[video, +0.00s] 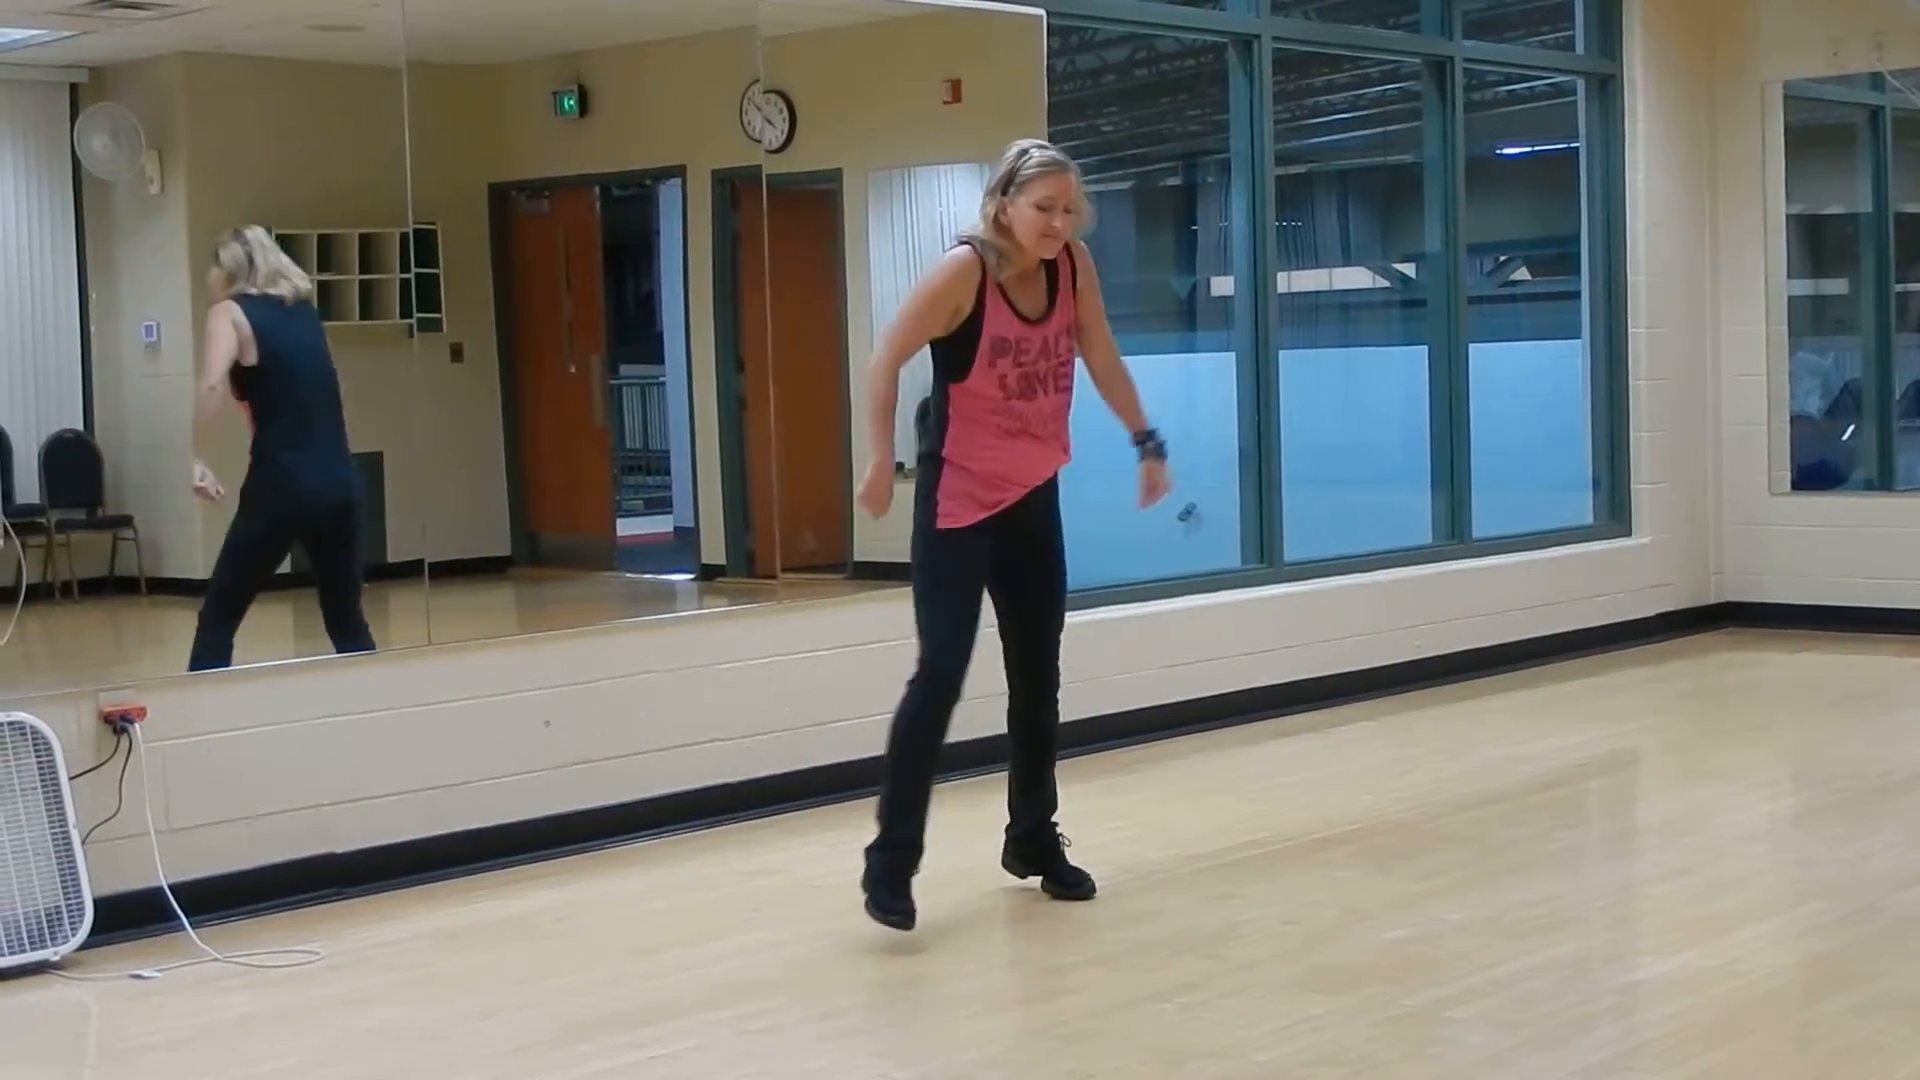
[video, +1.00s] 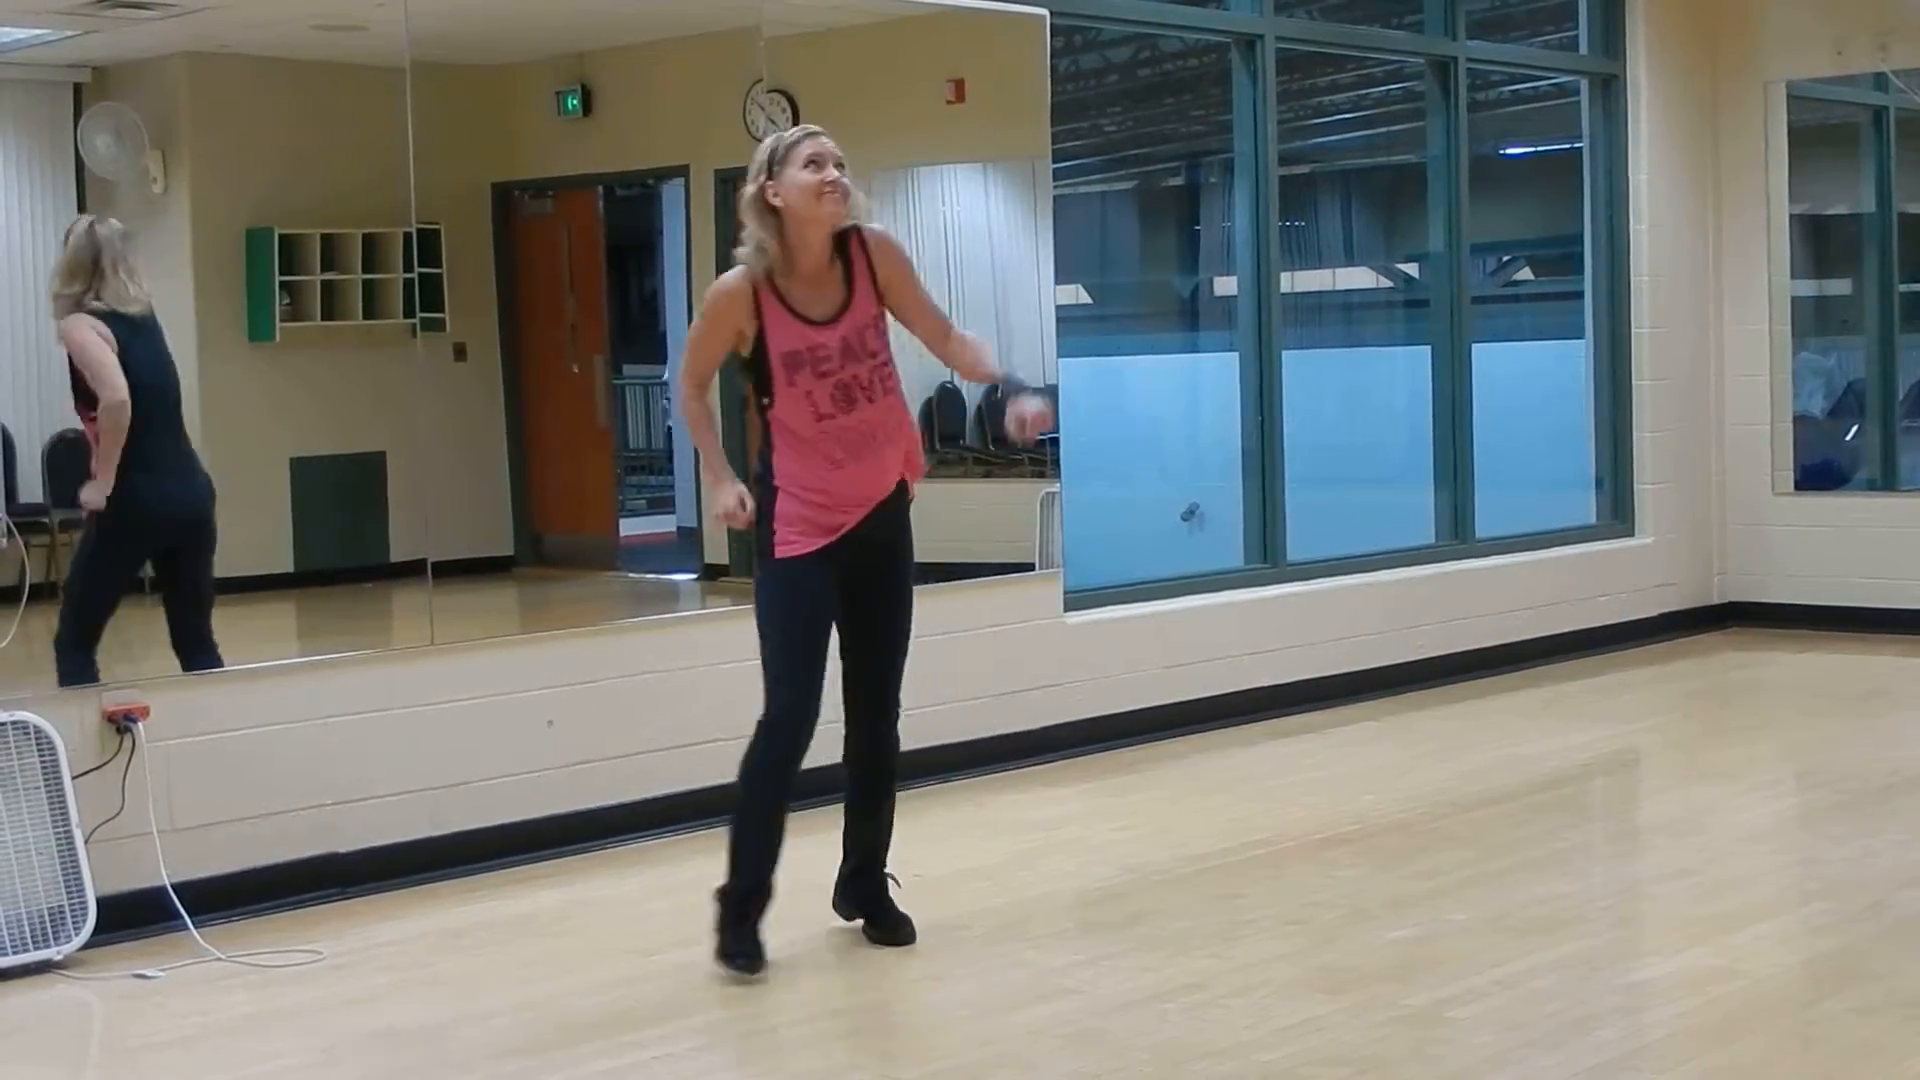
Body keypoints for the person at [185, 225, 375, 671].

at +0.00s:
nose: (212, 282)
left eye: (216, 273)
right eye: (212, 273)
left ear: (230, 271)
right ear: (274, 266)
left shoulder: (230, 311)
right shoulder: (305, 313)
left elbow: (214, 387)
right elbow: (320, 391)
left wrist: (198, 457)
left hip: (279, 488)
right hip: (337, 484)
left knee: (218, 620)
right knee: (347, 621)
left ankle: (199, 731)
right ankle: (384, 725)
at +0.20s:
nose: (170, 286)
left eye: (173, 275)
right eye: (171, 275)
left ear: (190, 278)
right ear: (228, 275)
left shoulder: (190, 332)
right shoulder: (269, 336)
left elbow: (176, 398)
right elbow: (306, 403)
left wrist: (162, 438)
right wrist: (336, 467)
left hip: (235, 501)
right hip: (291, 493)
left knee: (196, 630)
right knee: (325, 619)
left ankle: (171, 734)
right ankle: (373, 715)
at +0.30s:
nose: (148, 282)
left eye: (152, 273)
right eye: (150, 273)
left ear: (162, 280)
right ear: (210, 275)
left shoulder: (159, 339)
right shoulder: (243, 339)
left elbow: (145, 427)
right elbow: (287, 396)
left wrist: (107, 434)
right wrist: (309, 465)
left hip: (200, 505)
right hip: (260, 499)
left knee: (168, 643)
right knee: (293, 627)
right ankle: (357, 709)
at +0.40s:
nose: (125, 285)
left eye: (129, 276)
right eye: (127, 275)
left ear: (142, 281)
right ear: (189, 276)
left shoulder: (134, 343)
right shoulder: (225, 335)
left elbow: (110, 434)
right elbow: (280, 393)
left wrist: (66, 460)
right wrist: (276, 470)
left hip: (171, 511)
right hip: (233, 505)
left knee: (148, 649)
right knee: (233, 630)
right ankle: (303, 701)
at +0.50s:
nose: (111, 293)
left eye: (116, 284)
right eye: (112, 283)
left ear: (128, 290)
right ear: (175, 281)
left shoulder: (119, 351)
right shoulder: (216, 339)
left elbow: (77, 443)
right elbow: (271, 399)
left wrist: (35, 491)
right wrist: (241, 461)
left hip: (155, 517)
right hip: (216, 511)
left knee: (133, 644)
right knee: (174, 632)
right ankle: (240, 705)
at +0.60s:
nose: (101, 298)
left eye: (105, 289)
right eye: (102, 288)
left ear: (118, 295)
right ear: (166, 286)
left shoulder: (110, 358)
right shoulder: (211, 343)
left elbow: (71, 447)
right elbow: (245, 412)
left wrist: (33, 519)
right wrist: (189, 415)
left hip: (140, 523)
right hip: (202, 521)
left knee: (126, 649)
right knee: (142, 639)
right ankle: (197, 718)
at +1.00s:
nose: (60, 267)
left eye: (66, 258)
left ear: (73, 264)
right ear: (125, 262)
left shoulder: (80, 324)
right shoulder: (142, 314)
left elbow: (117, 398)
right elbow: (164, 398)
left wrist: (102, 481)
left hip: (134, 501)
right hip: (191, 492)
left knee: (74, 643)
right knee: (195, 640)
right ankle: (235, 752)